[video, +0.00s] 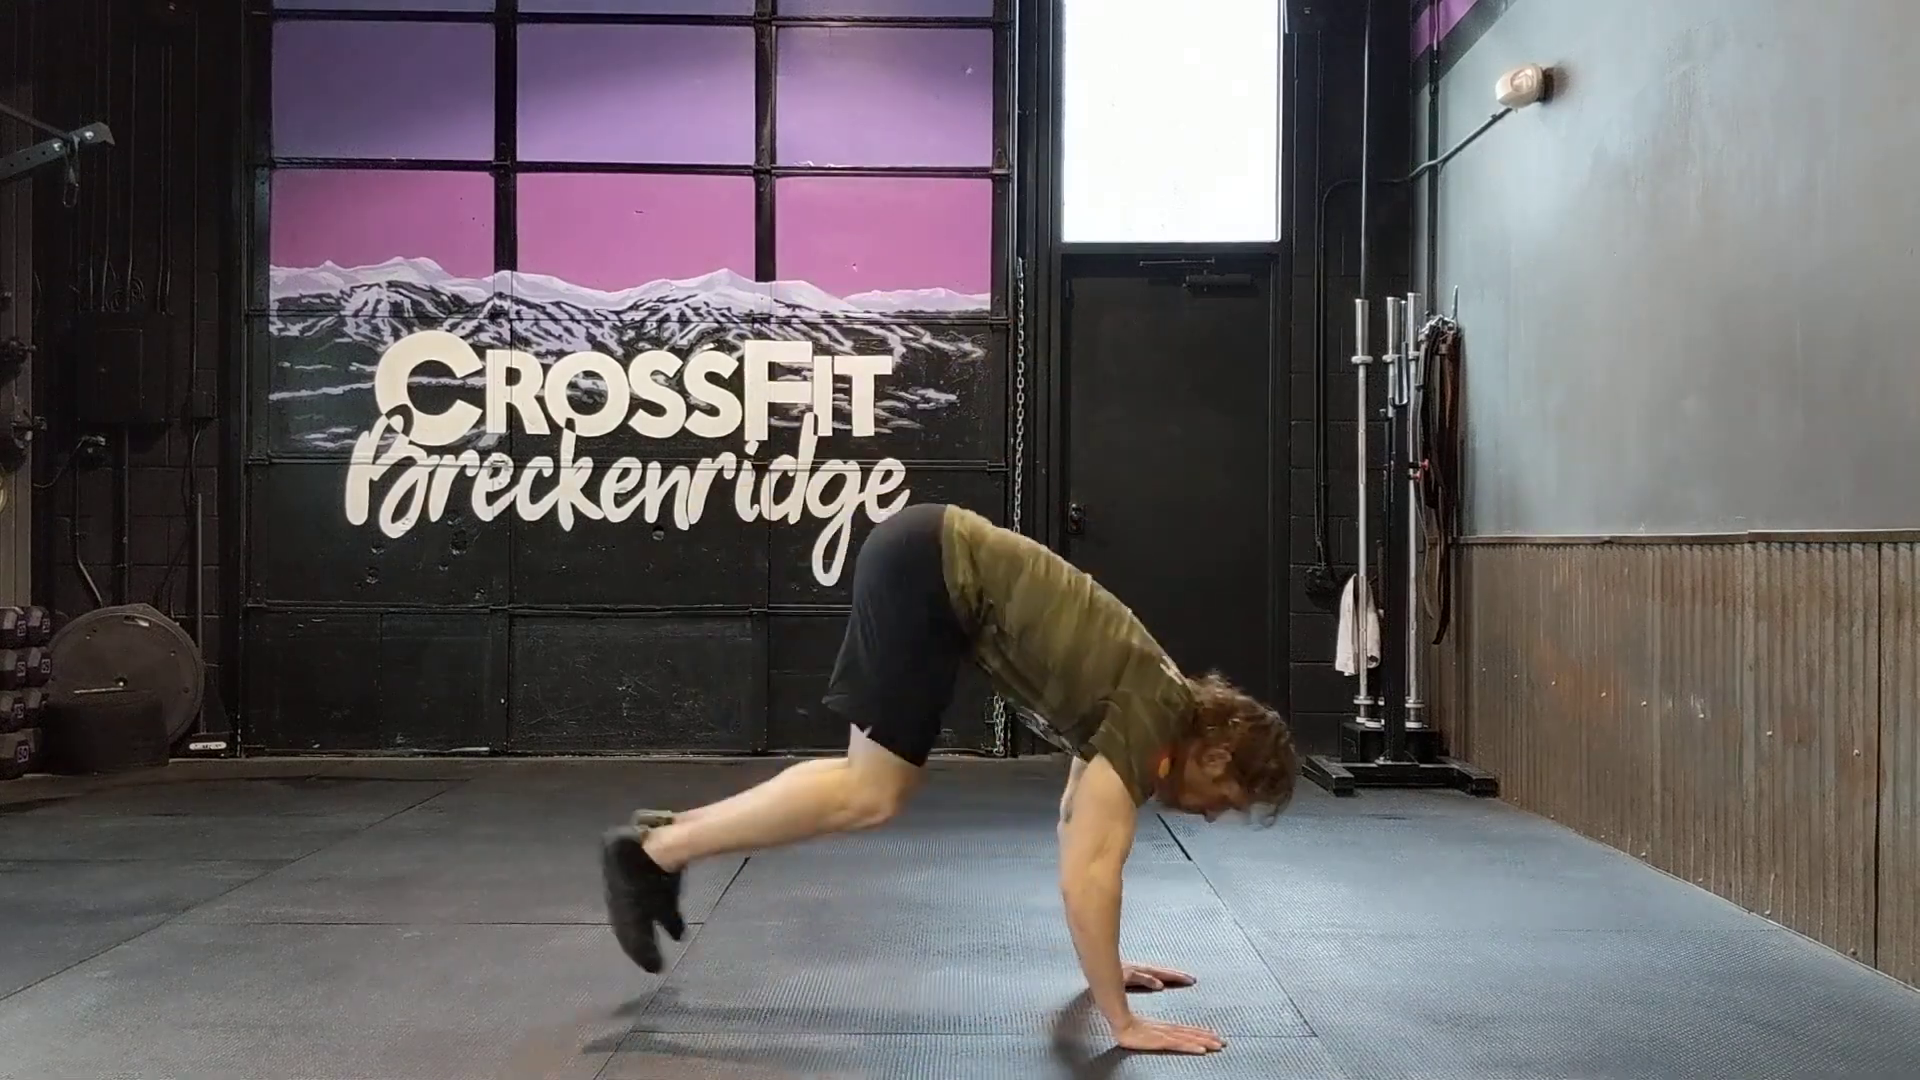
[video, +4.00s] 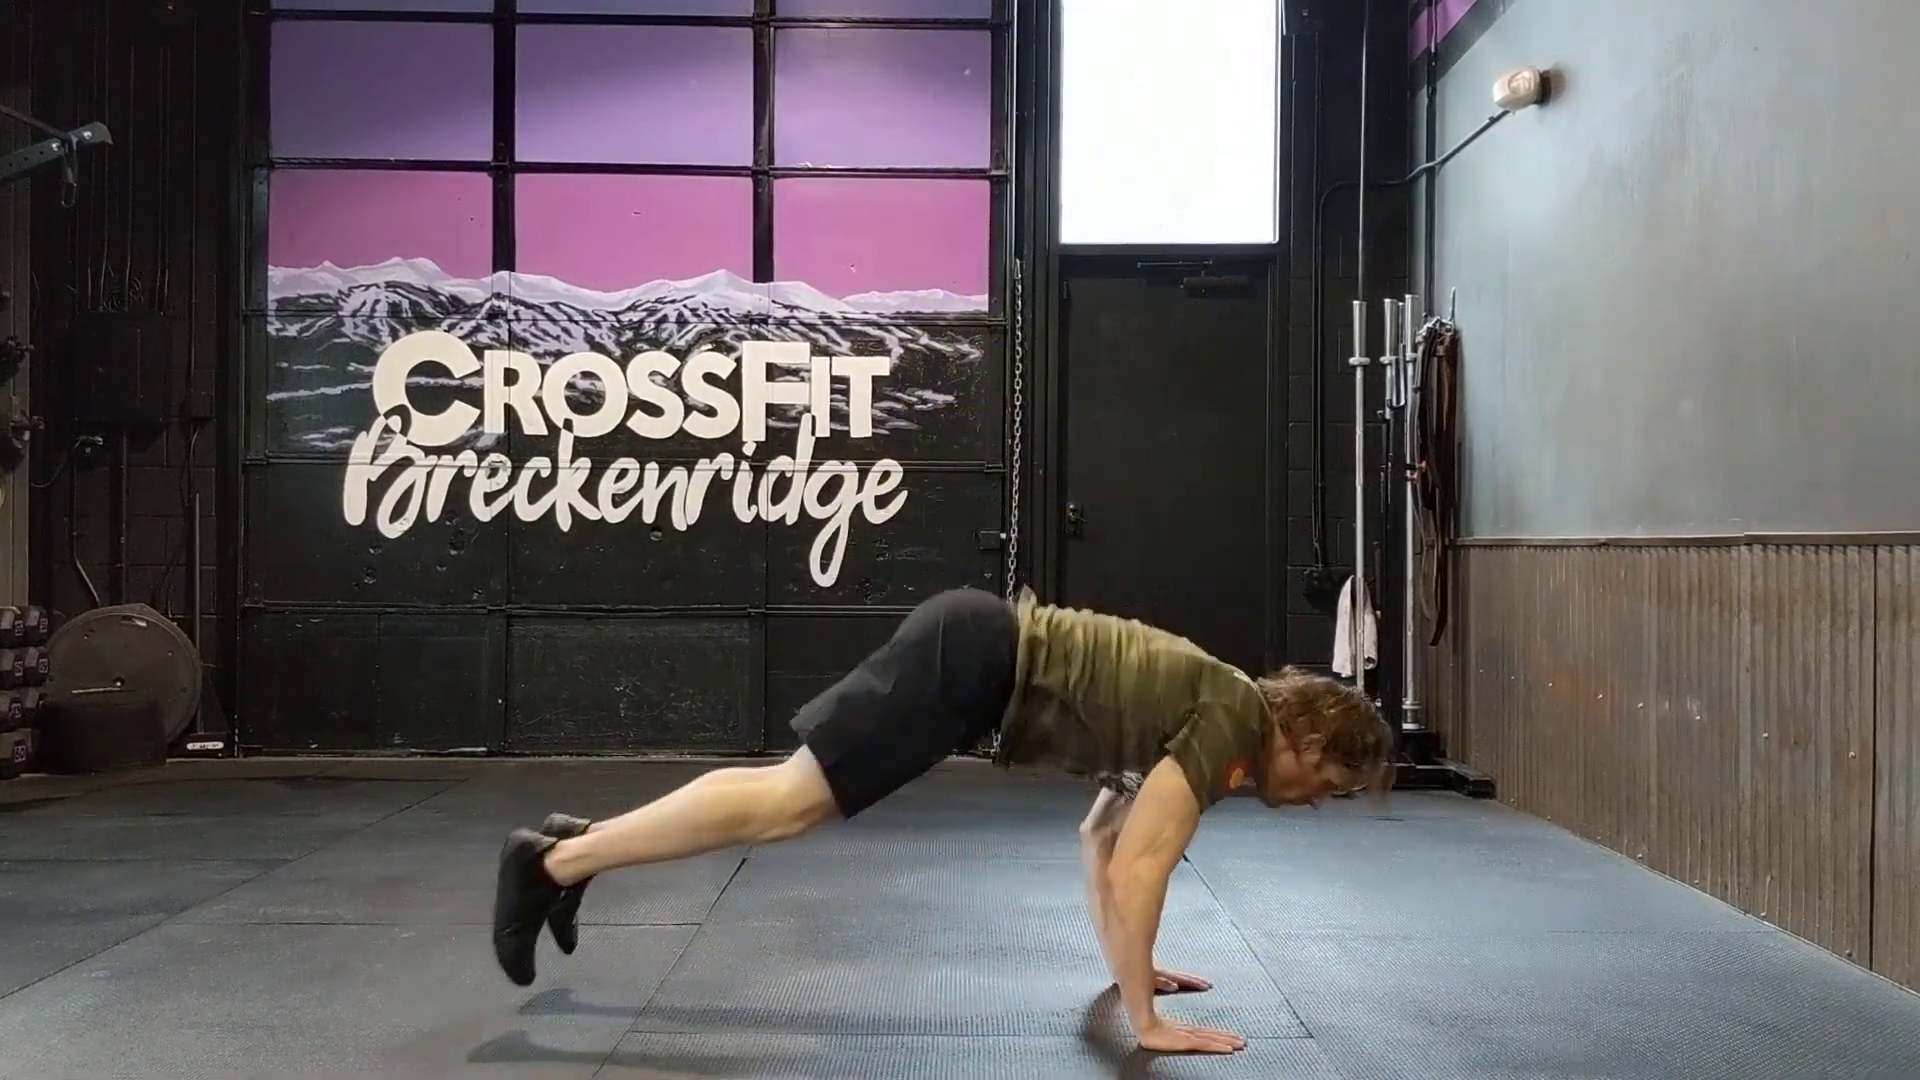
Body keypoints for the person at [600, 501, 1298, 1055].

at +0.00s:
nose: (1208, 812)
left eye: (1224, 808)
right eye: (1222, 800)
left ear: (1208, 744)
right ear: (1207, 753)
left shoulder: (1143, 698)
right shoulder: (1138, 715)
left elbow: (1082, 833)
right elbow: (1094, 866)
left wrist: (1105, 963)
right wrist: (1122, 1021)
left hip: (926, 559)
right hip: (925, 562)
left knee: (873, 786)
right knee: (871, 792)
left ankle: (672, 840)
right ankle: (658, 849)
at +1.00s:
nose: (1331, 860)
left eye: (1336, 849)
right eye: (1331, 846)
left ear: (1279, 810)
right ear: (1295, 831)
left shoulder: (1213, 823)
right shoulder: (1204, 856)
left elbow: (1095, 863)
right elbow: (1079, 887)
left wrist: (1129, 946)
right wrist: (1122, 1021)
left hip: (949, 850)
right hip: (945, 879)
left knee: (724, 913)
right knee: (714, 940)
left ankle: (518, 907)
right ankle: (487, 931)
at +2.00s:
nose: (1204, 475)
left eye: (1204, 459)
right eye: (1195, 457)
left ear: (1139, 458)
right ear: (1144, 457)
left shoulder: (1080, 515)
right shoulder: (1067, 516)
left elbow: (1074, 653)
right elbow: (1072, 683)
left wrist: (1156, 690)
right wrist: (1219, 725)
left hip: (915, 649)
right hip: (872, 654)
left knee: (1050, 752)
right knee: (1034, 791)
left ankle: (964, 947)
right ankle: (922, 1005)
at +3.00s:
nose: (1138, 260)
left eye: (1144, 243)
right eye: (1138, 238)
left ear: (1092, 218)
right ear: (1093, 216)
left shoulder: (1031, 295)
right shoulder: (1007, 291)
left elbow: (956, 439)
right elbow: (927, 436)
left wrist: (982, 573)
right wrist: (971, 576)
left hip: (957, 552)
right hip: (934, 551)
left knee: (960, 754)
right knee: (957, 756)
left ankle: (931, 956)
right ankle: (911, 989)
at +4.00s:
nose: (1310, 798)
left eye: (1327, 789)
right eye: (1322, 782)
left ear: (1296, 727)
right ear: (1298, 740)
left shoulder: (1217, 704)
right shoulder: (1226, 726)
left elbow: (1108, 837)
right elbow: (1140, 867)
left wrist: (1135, 964)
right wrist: (1146, 1019)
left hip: (974, 647)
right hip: (974, 654)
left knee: (784, 795)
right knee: (779, 803)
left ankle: (573, 854)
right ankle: (556, 864)